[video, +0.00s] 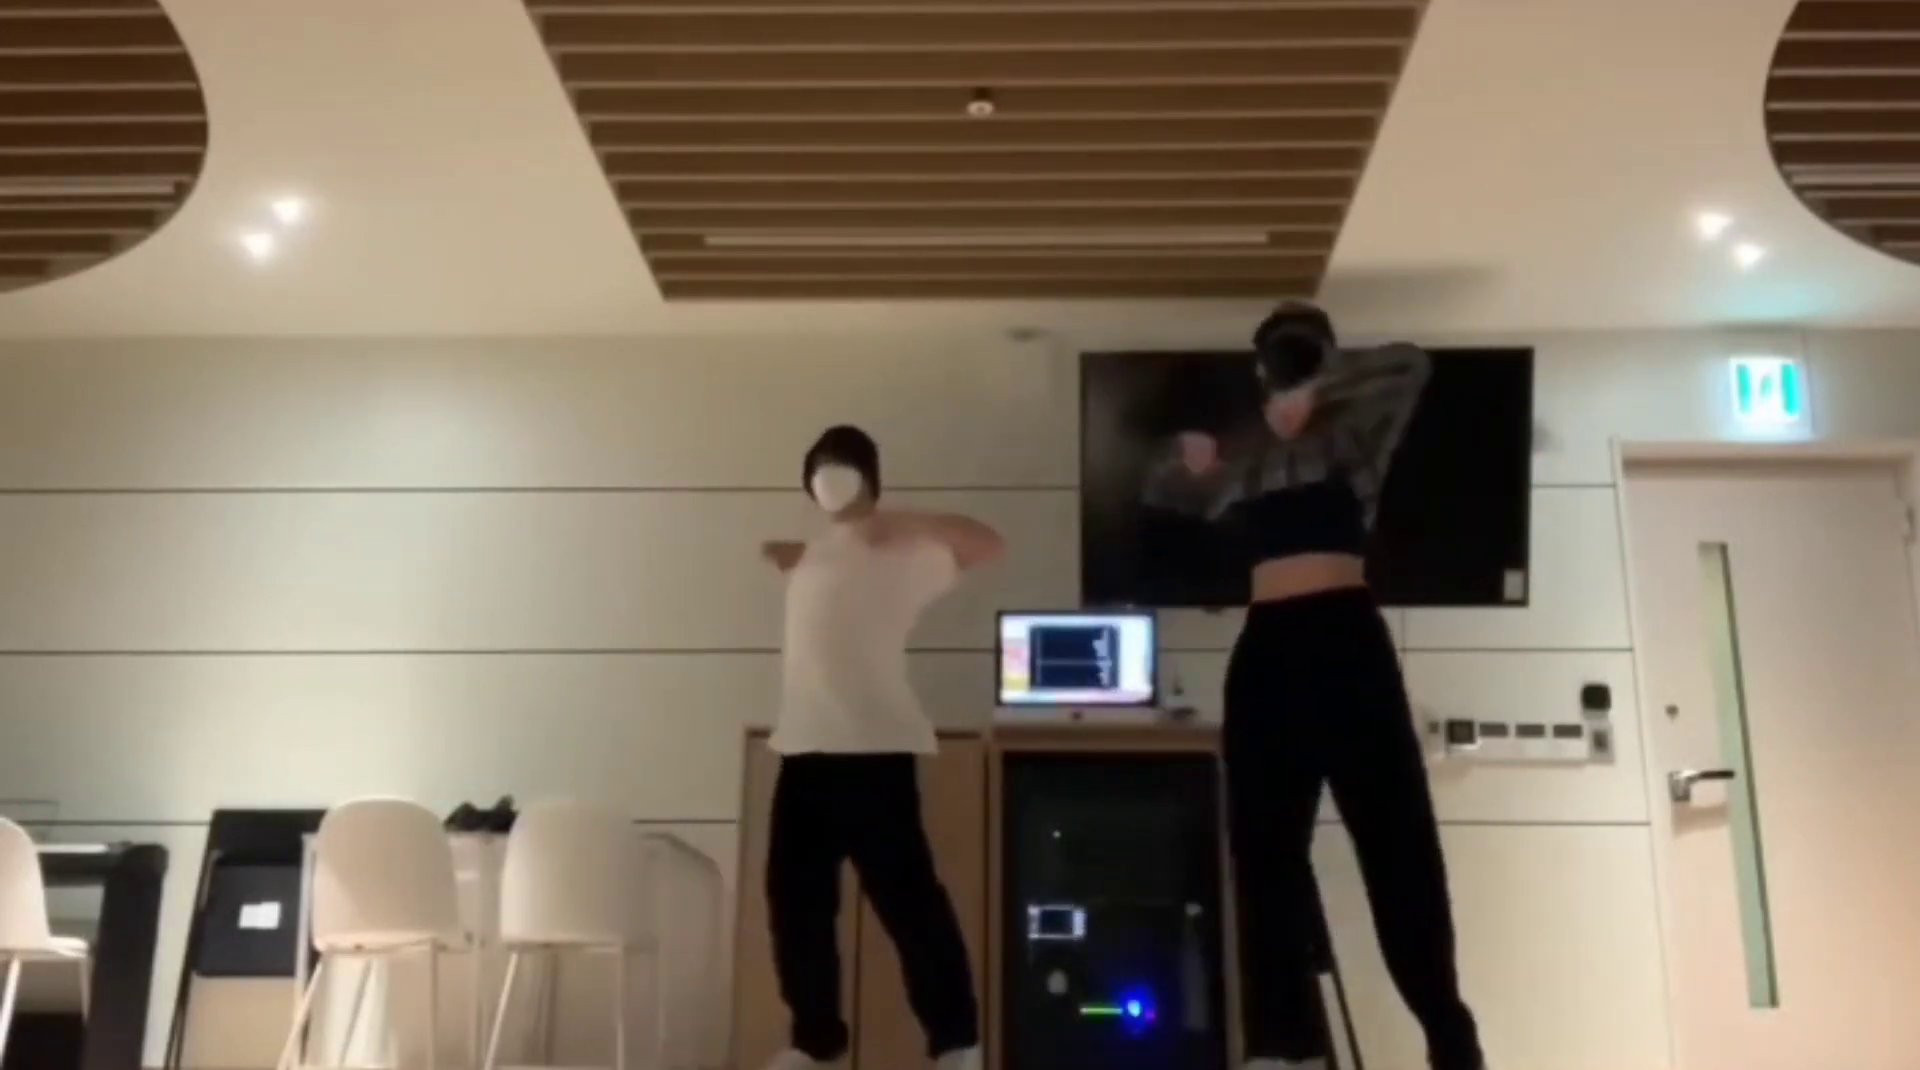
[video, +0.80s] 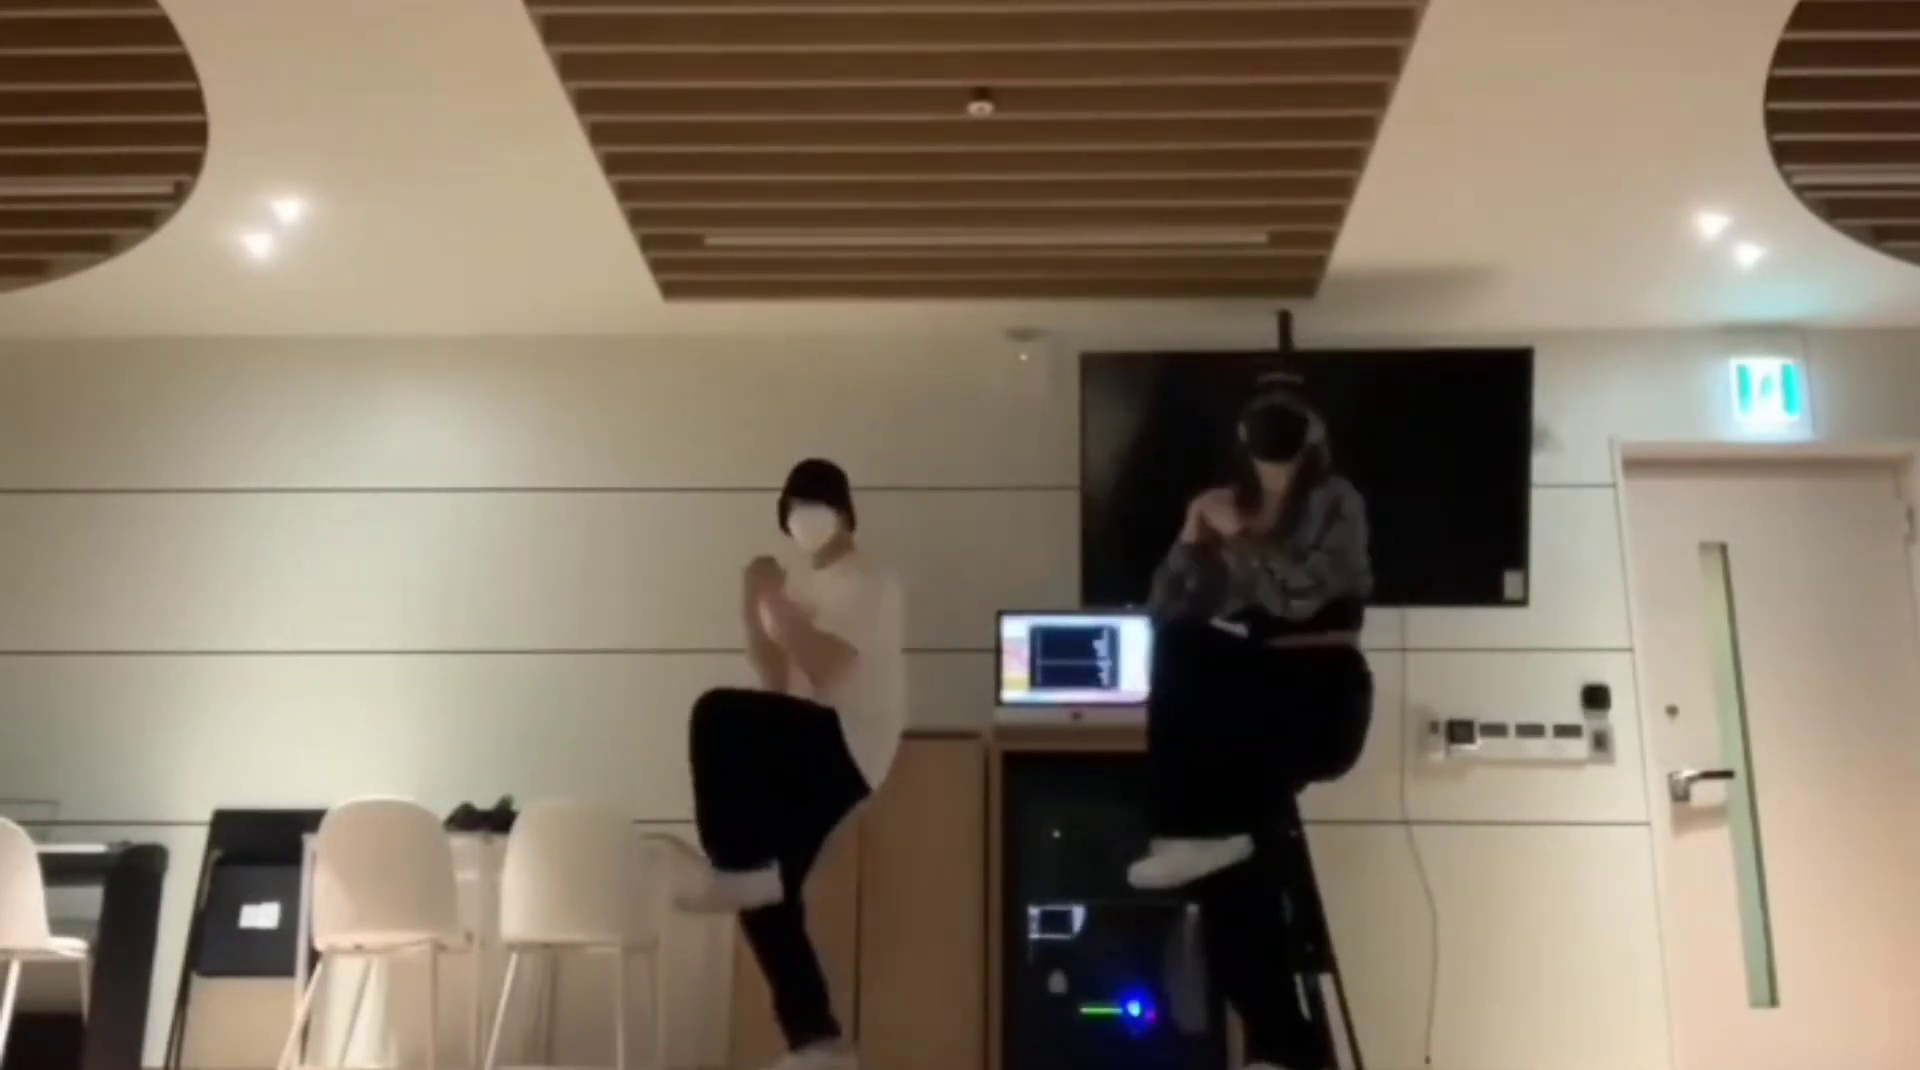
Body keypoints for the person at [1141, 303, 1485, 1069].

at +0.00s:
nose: (1288, 388)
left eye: (1298, 372)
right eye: (1280, 374)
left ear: (1324, 374)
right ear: (1264, 375)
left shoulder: (1360, 432)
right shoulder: (1243, 454)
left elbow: (1410, 364)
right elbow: (1157, 495)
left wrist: (1318, 388)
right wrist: (1183, 467)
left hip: (1348, 637)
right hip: (1267, 646)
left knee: (1395, 836)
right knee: (1267, 852)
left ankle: (1448, 1034)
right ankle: (1292, 1041)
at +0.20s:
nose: (1278, 378)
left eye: (1285, 364)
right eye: (1270, 365)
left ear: (1290, 369)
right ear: (1264, 375)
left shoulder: (1352, 434)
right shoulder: (1232, 450)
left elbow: (1443, 388)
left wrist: (1351, 398)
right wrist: (1187, 484)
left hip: (1336, 644)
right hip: (1253, 652)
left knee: (1387, 846)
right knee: (1276, 856)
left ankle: (1450, 1047)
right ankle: (1291, 1044)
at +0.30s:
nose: (1264, 408)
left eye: (1277, 390)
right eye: (1252, 392)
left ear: (1305, 381)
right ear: (1237, 389)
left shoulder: (1349, 442)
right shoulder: (1231, 462)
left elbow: (1413, 514)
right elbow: (1207, 562)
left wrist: (1356, 574)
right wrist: (1171, 632)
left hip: (1323, 657)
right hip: (1248, 663)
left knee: (1325, 863)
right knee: (1264, 867)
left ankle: (1423, 1007)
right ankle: (1291, 1046)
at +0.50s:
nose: (1257, 470)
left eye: (1272, 454)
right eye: (1247, 452)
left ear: (1299, 437)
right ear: (1236, 440)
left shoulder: (1341, 494)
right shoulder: (1215, 509)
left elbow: (1420, 564)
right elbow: (1195, 606)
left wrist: (1329, 605)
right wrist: (1214, 628)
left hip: (1324, 686)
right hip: (1235, 695)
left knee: (1179, 654)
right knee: (1234, 826)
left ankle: (1224, 822)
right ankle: (1281, 1043)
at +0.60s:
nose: (1274, 426)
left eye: (1288, 414)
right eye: (1260, 414)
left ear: (1312, 432)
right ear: (1239, 434)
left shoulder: (1334, 493)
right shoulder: (1216, 516)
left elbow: (1391, 537)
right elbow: (1132, 570)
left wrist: (1286, 541)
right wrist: (1173, 556)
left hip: (1327, 693)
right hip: (1243, 703)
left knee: (1185, 627)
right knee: (1230, 880)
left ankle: (1183, 795)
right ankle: (1286, 1044)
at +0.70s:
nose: (1273, 427)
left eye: (1288, 414)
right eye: (1261, 415)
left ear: (1314, 428)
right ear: (1245, 431)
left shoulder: (1337, 501)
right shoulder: (1237, 511)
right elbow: (1150, 592)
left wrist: (1253, 540)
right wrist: (1185, 544)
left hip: (1323, 689)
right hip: (1245, 690)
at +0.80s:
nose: (1274, 427)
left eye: (1288, 414)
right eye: (1261, 415)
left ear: (1312, 429)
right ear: (1243, 431)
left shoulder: (1338, 504)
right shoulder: (1232, 510)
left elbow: (1301, 597)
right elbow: (1169, 611)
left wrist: (1239, 538)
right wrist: (1193, 539)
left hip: (1324, 694)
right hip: (1248, 695)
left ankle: (1201, 827)